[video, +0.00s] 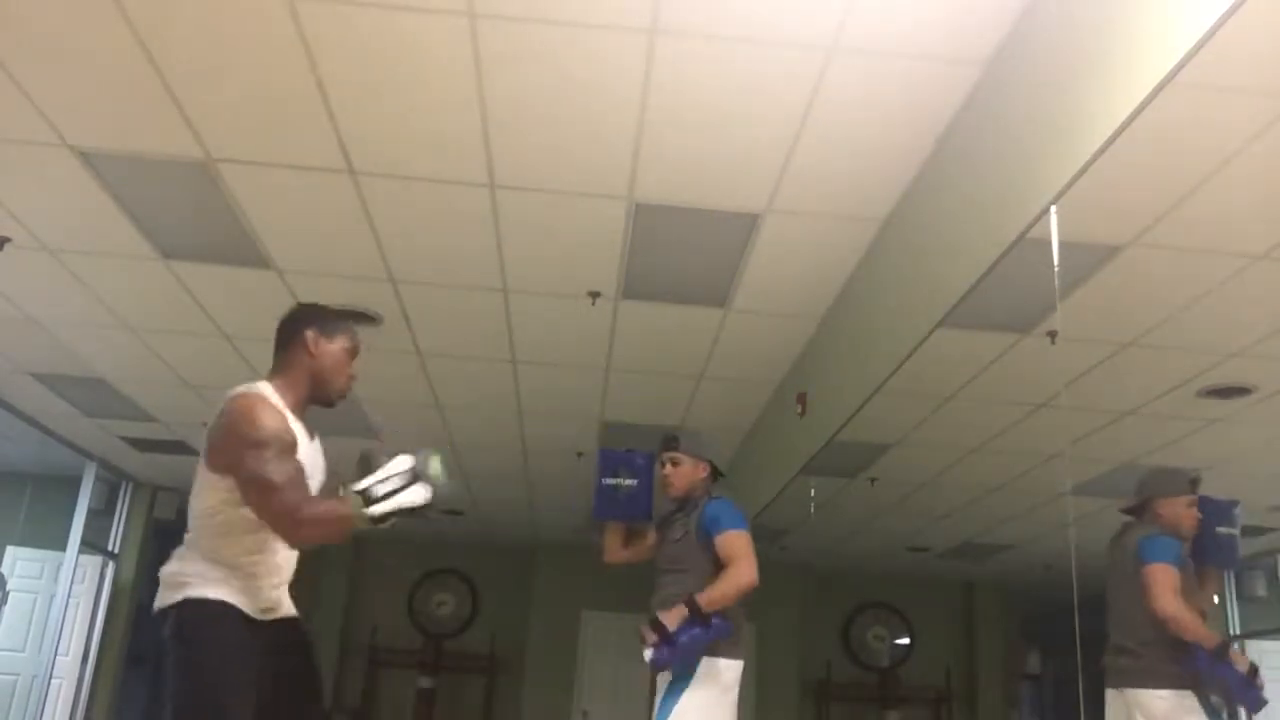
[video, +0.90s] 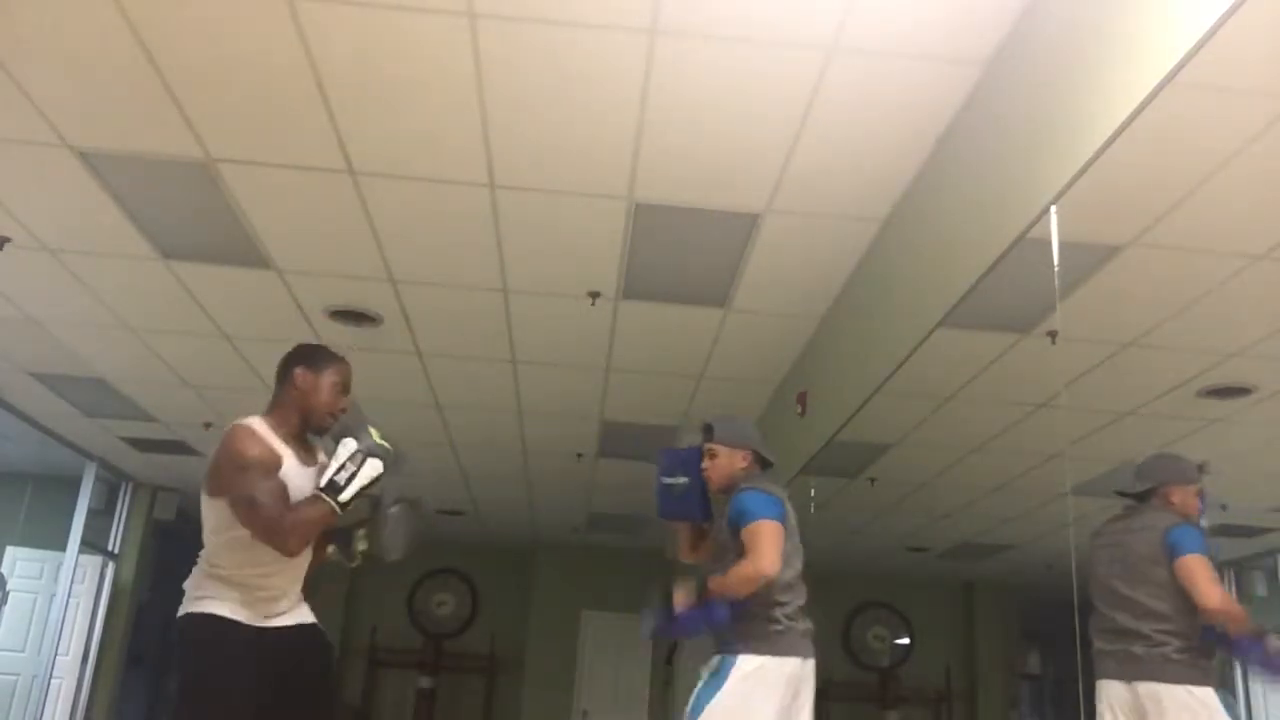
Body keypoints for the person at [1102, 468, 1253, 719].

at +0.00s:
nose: (1199, 515)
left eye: (1196, 506)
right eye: (1190, 506)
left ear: (1157, 509)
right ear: (1160, 507)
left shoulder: (1124, 541)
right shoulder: (1160, 542)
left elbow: (1197, 608)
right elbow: (1167, 607)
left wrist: (1214, 546)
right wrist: (1224, 650)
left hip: (1120, 688)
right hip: (1159, 690)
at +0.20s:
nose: (1218, 514)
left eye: (1216, 505)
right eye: (1210, 504)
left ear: (1176, 508)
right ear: (1180, 507)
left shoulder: (1136, 540)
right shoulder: (1178, 542)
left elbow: (1203, 604)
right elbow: (1191, 617)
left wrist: (1227, 555)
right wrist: (1231, 673)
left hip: (1124, 688)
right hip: (1164, 690)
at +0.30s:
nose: (1239, 515)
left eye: (1238, 506)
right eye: (1233, 506)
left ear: (1199, 506)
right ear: (1203, 505)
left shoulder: (1151, 536)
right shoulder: (1197, 540)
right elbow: (1213, 618)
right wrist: (1249, 676)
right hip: (1176, 683)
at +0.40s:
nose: (1256, 516)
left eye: (1255, 506)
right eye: (1250, 506)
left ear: (1212, 503)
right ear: (1220, 503)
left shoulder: (1161, 533)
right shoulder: (1219, 537)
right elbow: (1235, 614)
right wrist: (1267, 678)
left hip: (1135, 675)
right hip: (1186, 680)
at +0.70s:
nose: (1233, 504)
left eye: (1232, 494)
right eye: (1228, 495)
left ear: (1179, 495)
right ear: (1201, 494)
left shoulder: (1135, 531)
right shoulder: (1208, 532)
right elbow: (1242, 610)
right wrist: (1271, 664)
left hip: (1131, 680)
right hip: (1190, 684)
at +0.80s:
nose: (1214, 505)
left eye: (1214, 496)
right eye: (1209, 496)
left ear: (1164, 497)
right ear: (1183, 496)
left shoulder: (1118, 536)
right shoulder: (1191, 534)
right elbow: (1227, 611)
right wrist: (1261, 666)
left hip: (1121, 686)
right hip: (1182, 687)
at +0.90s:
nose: (1200, 502)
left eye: (1199, 494)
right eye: (1195, 494)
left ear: (1147, 495)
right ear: (1171, 495)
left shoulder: (1104, 533)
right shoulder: (1178, 530)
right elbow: (1212, 603)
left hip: (1111, 686)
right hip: (1173, 687)